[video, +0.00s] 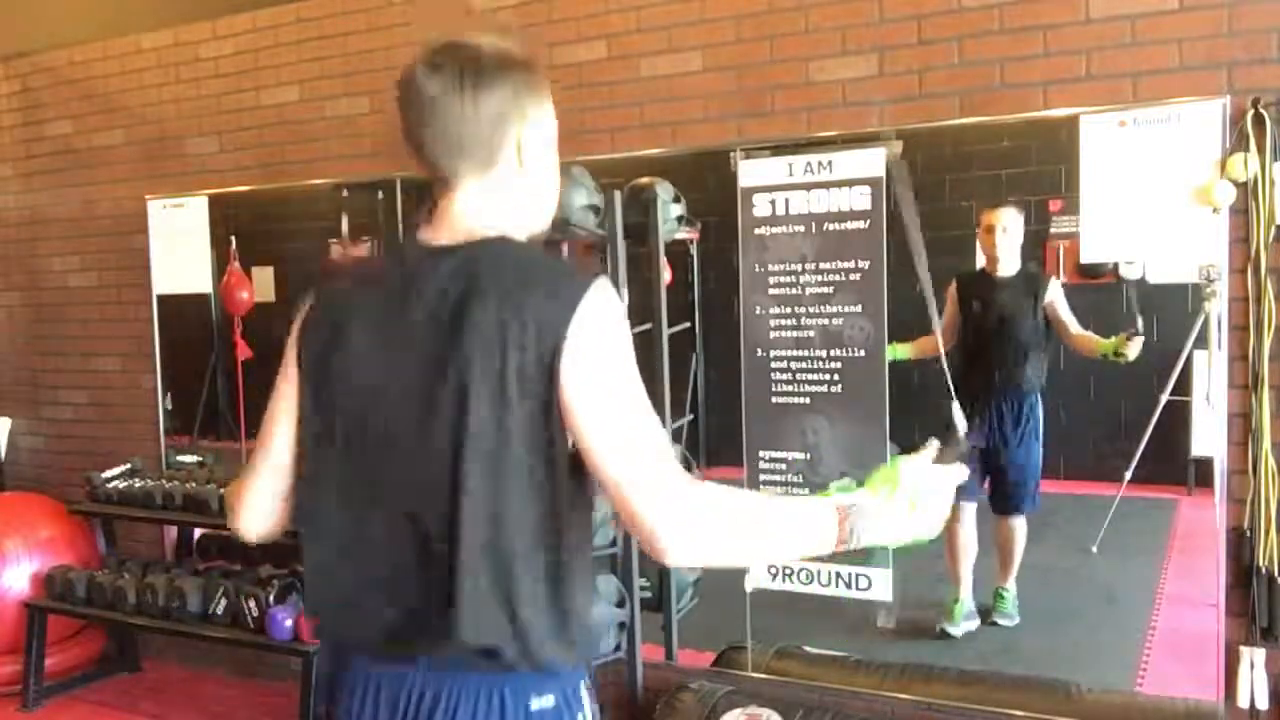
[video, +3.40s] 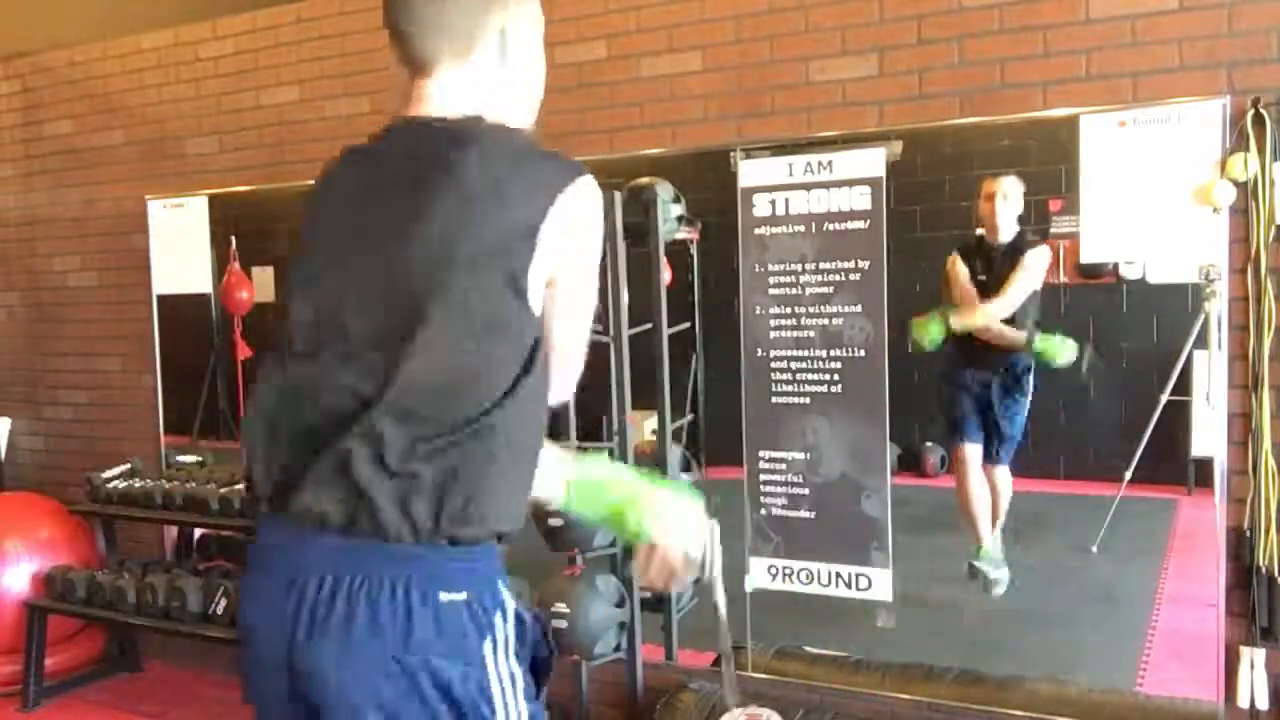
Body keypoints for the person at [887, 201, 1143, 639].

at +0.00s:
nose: (995, 239)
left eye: (1004, 231)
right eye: (989, 230)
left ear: (1021, 236)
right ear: (978, 236)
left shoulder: (1043, 288)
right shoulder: (961, 288)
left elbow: (1075, 337)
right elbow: (943, 341)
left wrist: (1110, 347)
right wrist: (895, 350)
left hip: (1021, 406)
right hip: (968, 404)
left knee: (1011, 506)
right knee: (960, 505)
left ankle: (1006, 592)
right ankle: (962, 603)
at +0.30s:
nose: (986, 221)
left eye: (995, 213)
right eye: (980, 212)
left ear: (1013, 219)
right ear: (971, 218)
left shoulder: (1035, 267)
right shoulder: (956, 269)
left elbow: (1061, 326)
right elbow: (938, 329)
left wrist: (1101, 344)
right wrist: (894, 351)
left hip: (1020, 386)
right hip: (969, 387)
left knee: (1009, 492)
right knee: (976, 495)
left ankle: (1012, 532)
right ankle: (987, 586)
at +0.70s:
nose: (987, 223)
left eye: (997, 214)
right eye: (982, 214)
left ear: (1014, 221)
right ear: (972, 220)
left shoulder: (1036, 269)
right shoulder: (956, 270)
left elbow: (1063, 326)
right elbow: (938, 329)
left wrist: (1101, 345)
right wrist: (898, 352)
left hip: (1023, 386)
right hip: (973, 385)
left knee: (1015, 486)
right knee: (985, 487)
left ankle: (1013, 590)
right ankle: (999, 587)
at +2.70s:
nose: (989, 223)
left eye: (998, 215)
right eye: (983, 214)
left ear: (1015, 223)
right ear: (972, 222)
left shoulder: (1036, 272)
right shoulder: (956, 273)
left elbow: (1057, 326)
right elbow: (939, 331)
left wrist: (1096, 348)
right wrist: (897, 350)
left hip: (1016, 388)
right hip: (967, 387)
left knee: (1007, 491)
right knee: (969, 497)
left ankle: (1008, 589)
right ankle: (1001, 541)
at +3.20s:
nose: (996, 237)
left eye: (1006, 229)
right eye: (988, 228)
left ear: (1021, 235)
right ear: (978, 234)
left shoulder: (1043, 285)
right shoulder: (961, 287)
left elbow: (1085, 332)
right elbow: (920, 334)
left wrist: (1126, 369)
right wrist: (873, 351)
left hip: (1018, 406)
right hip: (968, 404)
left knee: (1012, 503)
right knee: (960, 493)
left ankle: (1009, 589)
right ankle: (970, 589)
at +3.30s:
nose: (995, 211)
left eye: (1005, 203)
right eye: (989, 203)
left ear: (1020, 210)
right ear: (979, 209)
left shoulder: (1039, 259)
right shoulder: (963, 260)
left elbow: (1036, 319)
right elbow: (950, 318)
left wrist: (1006, 359)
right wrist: (966, 361)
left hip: (1015, 365)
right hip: (967, 366)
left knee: (1006, 474)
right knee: (963, 451)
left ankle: (1007, 570)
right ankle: (977, 551)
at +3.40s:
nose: (995, 206)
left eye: (1004, 198)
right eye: (988, 198)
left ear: (1019, 206)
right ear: (979, 205)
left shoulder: (1036, 254)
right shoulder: (960, 257)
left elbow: (1006, 303)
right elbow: (976, 320)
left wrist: (948, 320)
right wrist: (1033, 340)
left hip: (1011, 368)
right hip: (966, 367)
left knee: (997, 462)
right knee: (967, 457)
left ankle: (993, 541)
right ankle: (986, 551)